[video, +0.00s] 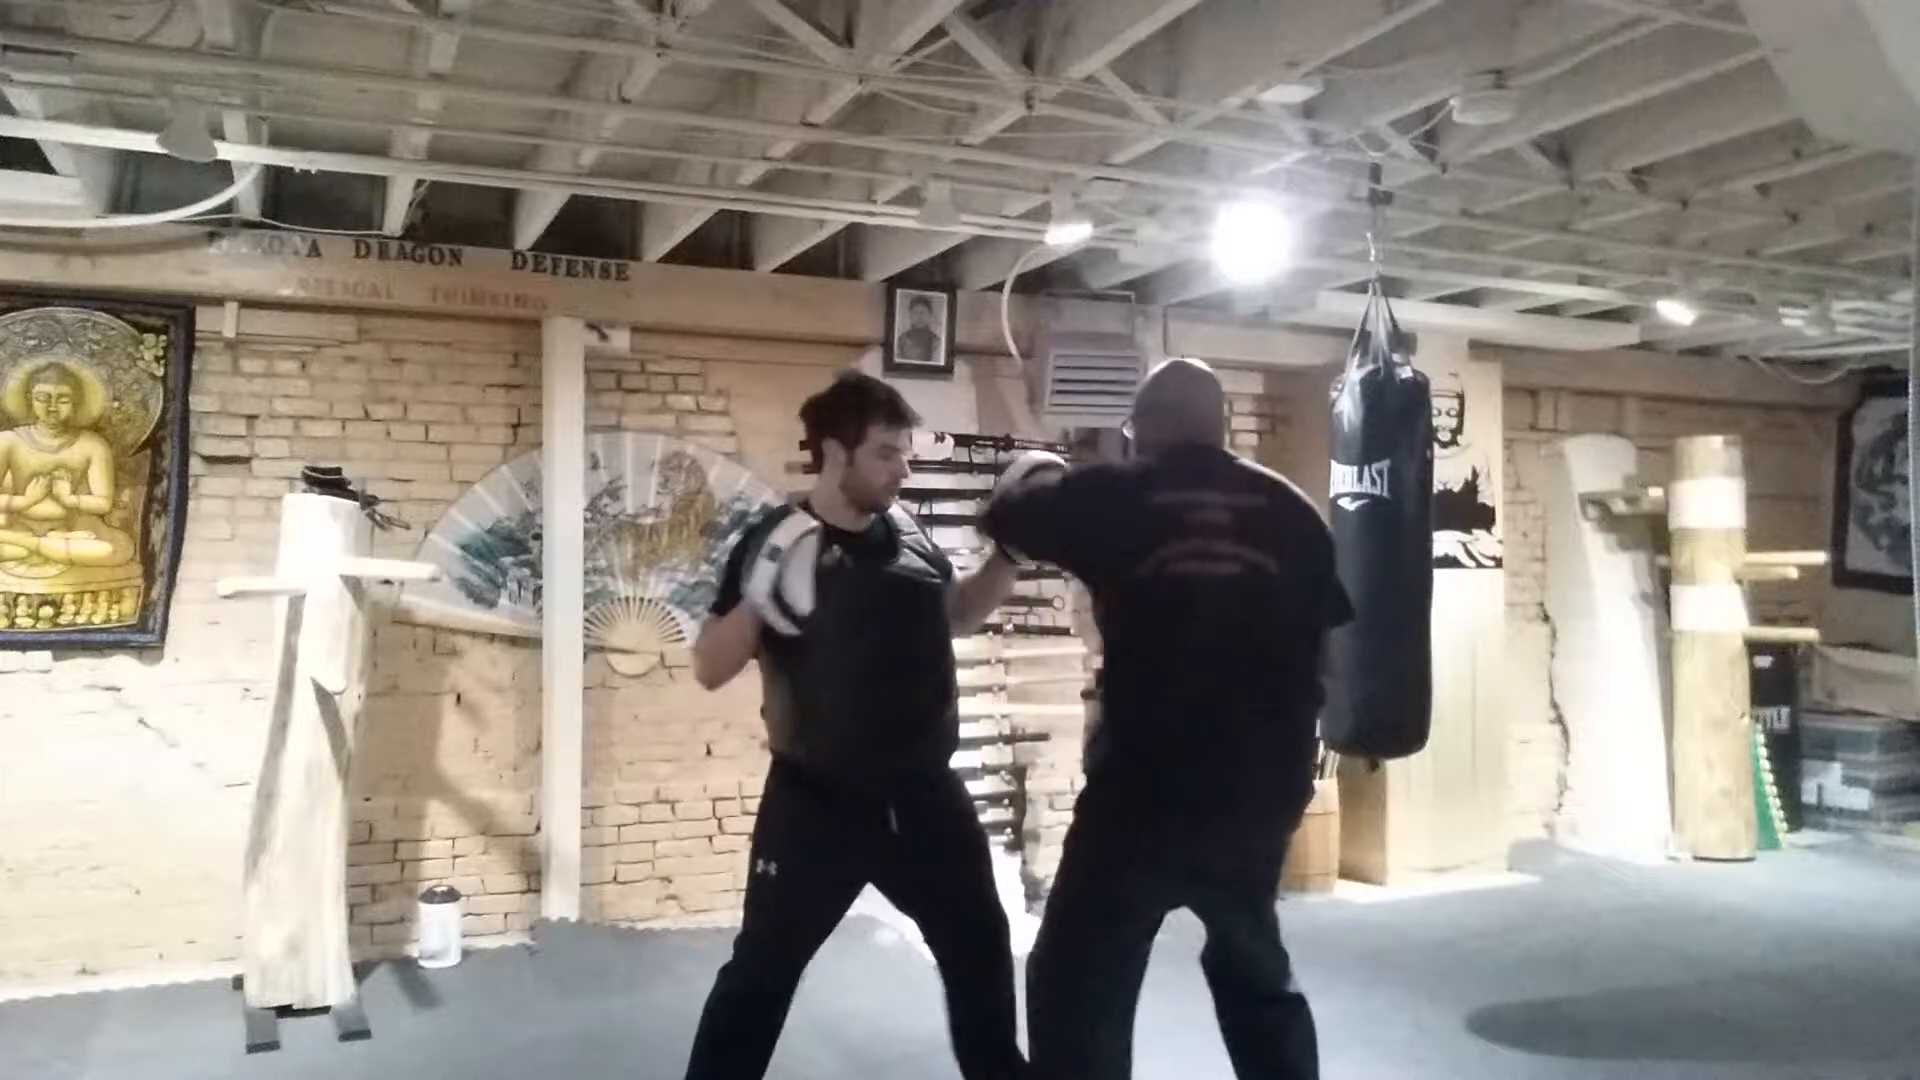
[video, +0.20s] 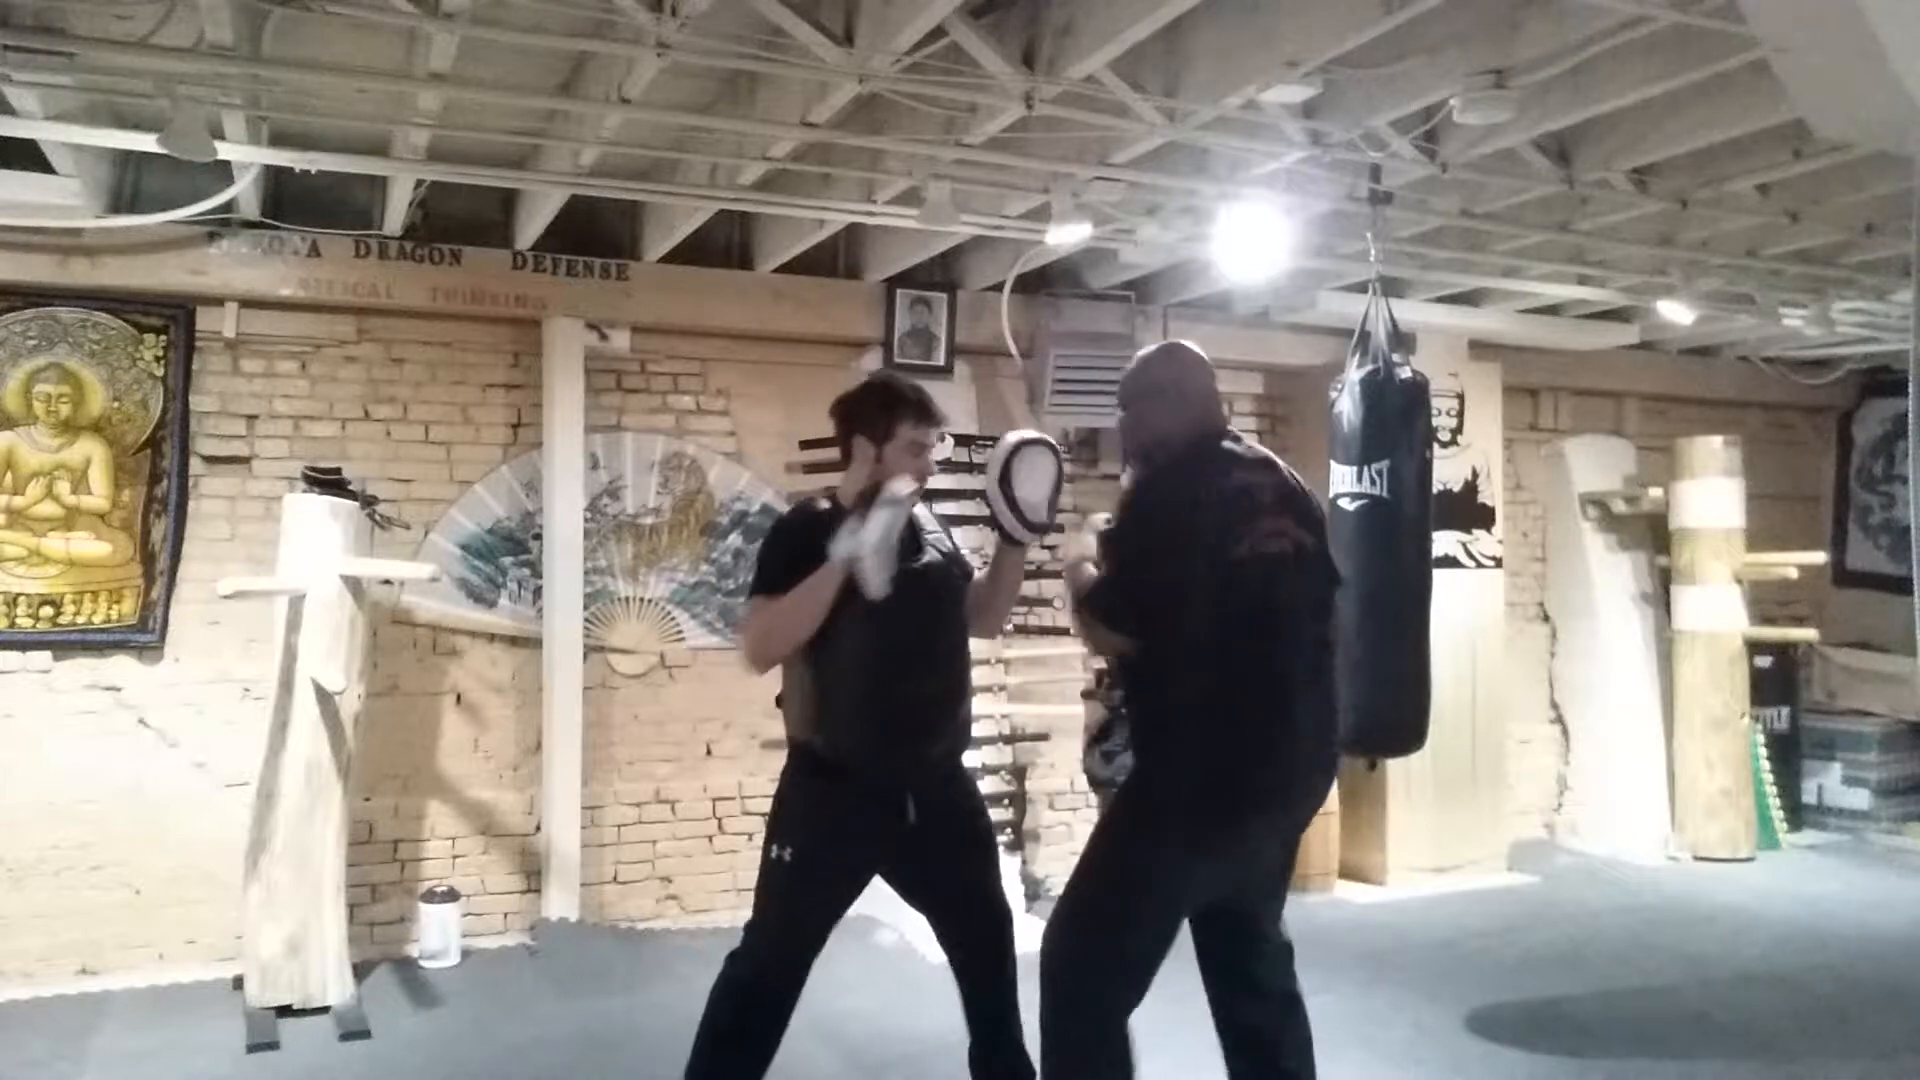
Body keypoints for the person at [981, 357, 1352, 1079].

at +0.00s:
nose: (1136, 435)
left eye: (1136, 425)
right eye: (1143, 427)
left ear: (1139, 430)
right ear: (1222, 425)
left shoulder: (1117, 495)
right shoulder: (1292, 509)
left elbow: (1010, 515)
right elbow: (1321, 635)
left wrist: (1039, 461)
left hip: (1143, 785)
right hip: (1262, 784)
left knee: (1075, 982)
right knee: (1252, 964)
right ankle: (1289, 1079)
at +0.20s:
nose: (1121, 428)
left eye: (1129, 408)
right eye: (1122, 408)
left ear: (1166, 409)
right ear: (1212, 407)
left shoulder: (1167, 493)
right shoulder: (1285, 486)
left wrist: (1084, 589)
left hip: (1194, 773)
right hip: (1290, 763)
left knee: (1081, 966)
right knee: (1246, 948)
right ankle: (1283, 1074)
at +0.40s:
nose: (1102, 438)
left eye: (1110, 418)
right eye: (1101, 420)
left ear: (1162, 413)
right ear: (1179, 412)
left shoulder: (1199, 499)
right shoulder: (1242, 479)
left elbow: (1150, 670)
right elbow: (1219, 637)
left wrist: (1088, 599)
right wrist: (1135, 590)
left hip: (1247, 777)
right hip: (1301, 764)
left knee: (1134, 980)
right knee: (1249, 956)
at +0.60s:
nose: (1104, 436)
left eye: (1108, 412)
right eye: (1100, 416)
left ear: (1160, 397)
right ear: (1169, 397)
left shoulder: (1220, 480)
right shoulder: (1228, 469)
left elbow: (1184, 662)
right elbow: (1181, 641)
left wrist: (1090, 572)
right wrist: (1101, 564)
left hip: (1295, 773)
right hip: (1323, 757)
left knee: (1205, 1009)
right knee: (1309, 977)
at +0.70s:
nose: (1131, 437)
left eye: (1135, 411)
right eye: (1127, 414)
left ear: (1183, 396)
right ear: (1191, 395)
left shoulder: (1249, 481)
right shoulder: (1253, 469)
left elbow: (1236, 665)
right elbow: (1228, 647)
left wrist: (1122, 589)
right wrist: (1128, 594)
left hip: (1313, 794)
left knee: (1214, 1012)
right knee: (1336, 984)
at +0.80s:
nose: (1165, 439)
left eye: (1174, 416)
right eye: (1164, 419)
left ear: (1226, 406)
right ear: (1237, 408)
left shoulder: (1290, 494)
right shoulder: (1286, 488)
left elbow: (1299, 670)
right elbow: (1267, 650)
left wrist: (1169, 609)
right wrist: (1159, 595)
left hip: (1319, 817)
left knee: (1197, 1028)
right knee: (1382, 1005)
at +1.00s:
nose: (1234, 415)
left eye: (1247, 396)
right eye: (1234, 399)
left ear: (1303, 394)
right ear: (1311, 395)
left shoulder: (1351, 481)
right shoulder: (1350, 475)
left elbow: (1419, 645)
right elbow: (1358, 623)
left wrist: (1251, 629)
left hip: (1347, 803)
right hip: (1391, 798)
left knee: (1219, 996)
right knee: (1418, 987)